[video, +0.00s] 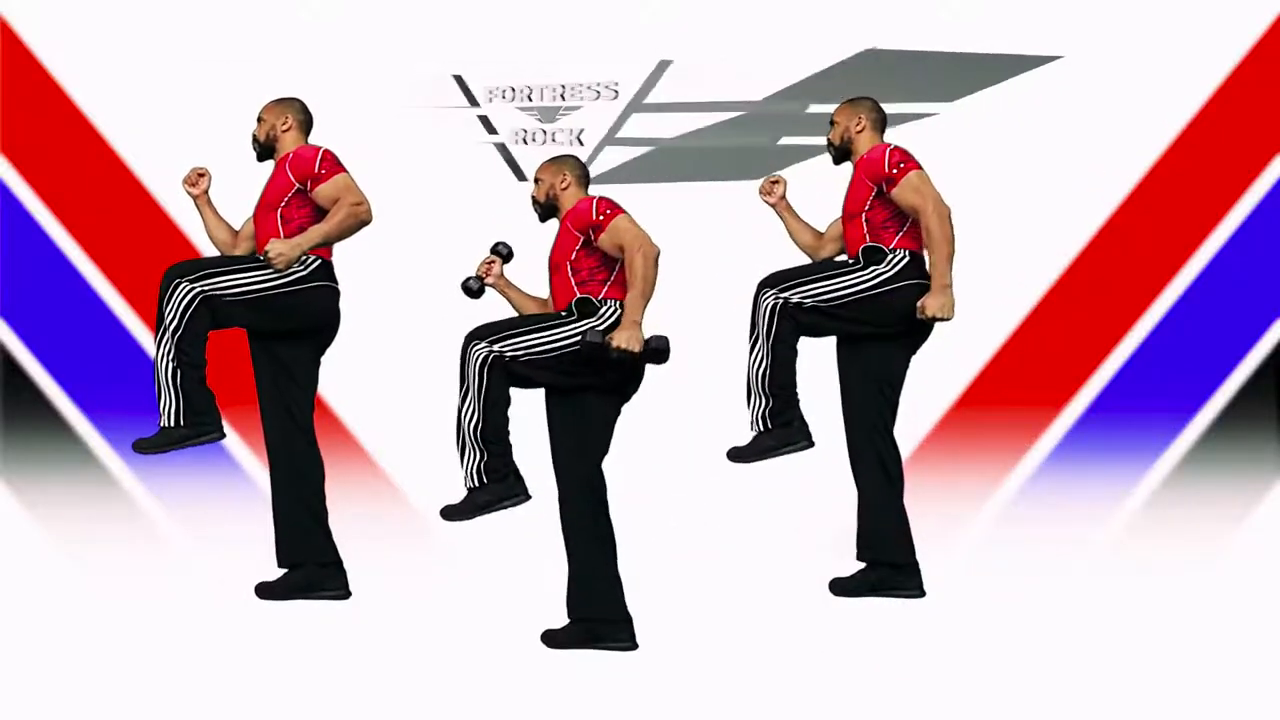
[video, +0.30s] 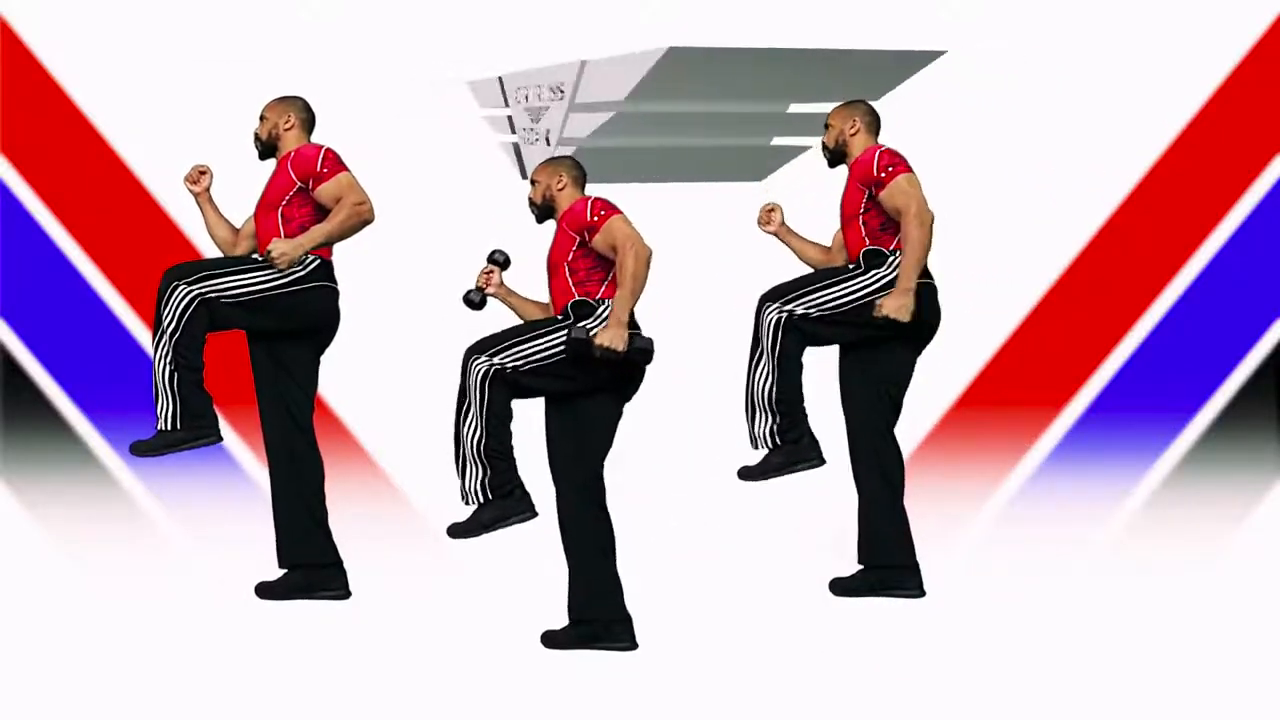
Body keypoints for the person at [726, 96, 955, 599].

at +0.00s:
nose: (828, 133)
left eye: (833, 123)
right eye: (829, 125)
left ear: (858, 123)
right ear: (860, 126)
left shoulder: (884, 156)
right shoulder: (864, 183)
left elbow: (934, 209)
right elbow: (822, 248)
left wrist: (940, 287)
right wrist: (782, 206)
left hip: (894, 274)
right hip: (890, 291)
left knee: (774, 294)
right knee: (868, 431)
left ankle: (781, 422)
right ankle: (891, 566)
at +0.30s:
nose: (823, 137)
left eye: (829, 128)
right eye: (824, 130)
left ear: (854, 127)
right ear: (853, 129)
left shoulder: (877, 159)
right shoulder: (857, 186)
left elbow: (917, 214)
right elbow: (834, 260)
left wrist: (904, 289)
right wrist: (783, 231)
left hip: (889, 280)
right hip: (895, 295)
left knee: (777, 309)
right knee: (869, 432)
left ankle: (790, 440)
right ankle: (891, 568)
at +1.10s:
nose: (776, 195)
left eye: (783, 185)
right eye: (777, 186)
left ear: (811, 185)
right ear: (816, 187)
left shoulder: (821, 217)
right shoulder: (858, 213)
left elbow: (768, 288)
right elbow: (933, 230)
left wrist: (725, 249)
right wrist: (951, 297)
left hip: (922, 314)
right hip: (908, 326)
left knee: (1005, 434)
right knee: (864, 436)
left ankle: (1141, 539)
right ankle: (892, 566)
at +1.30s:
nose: (777, 193)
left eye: (785, 183)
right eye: (777, 185)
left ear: (812, 184)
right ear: (813, 187)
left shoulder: (821, 216)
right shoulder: (855, 213)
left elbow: (769, 288)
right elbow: (929, 229)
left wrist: (724, 249)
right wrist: (947, 298)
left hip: (921, 316)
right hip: (907, 328)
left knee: (1006, 434)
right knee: (863, 438)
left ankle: (1143, 538)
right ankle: (892, 567)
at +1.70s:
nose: (775, 178)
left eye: (779, 168)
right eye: (774, 171)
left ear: (804, 163)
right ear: (806, 165)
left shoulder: (830, 188)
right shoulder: (831, 207)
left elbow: (858, 252)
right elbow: (874, 285)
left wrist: (803, 304)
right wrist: (828, 319)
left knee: (885, 423)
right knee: (860, 432)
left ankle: (1008, 508)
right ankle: (890, 570)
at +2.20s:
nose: (793, 153)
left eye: (798, 143)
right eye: (792, 146)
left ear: (822, 139)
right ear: (822, 143)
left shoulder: (854, 161)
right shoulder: (837, 203)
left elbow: (926, 192)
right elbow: (795, 258)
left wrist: (957, 263)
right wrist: (748, 225)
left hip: (897, 277)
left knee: (776, 294)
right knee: (873, 435)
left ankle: (789, 424)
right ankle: (890, 564)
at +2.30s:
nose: (793, 153)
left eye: (798, 143)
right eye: (793, 146)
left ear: (823, 139)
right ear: (822, 142)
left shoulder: (854, 162)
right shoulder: (838, 204)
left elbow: (927, 191)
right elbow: (794, 258)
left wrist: (960, 262)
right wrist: (747, 223)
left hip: (896, 277)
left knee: (777, 292)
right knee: (872, 435)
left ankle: (784, 421)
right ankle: (893, 567)